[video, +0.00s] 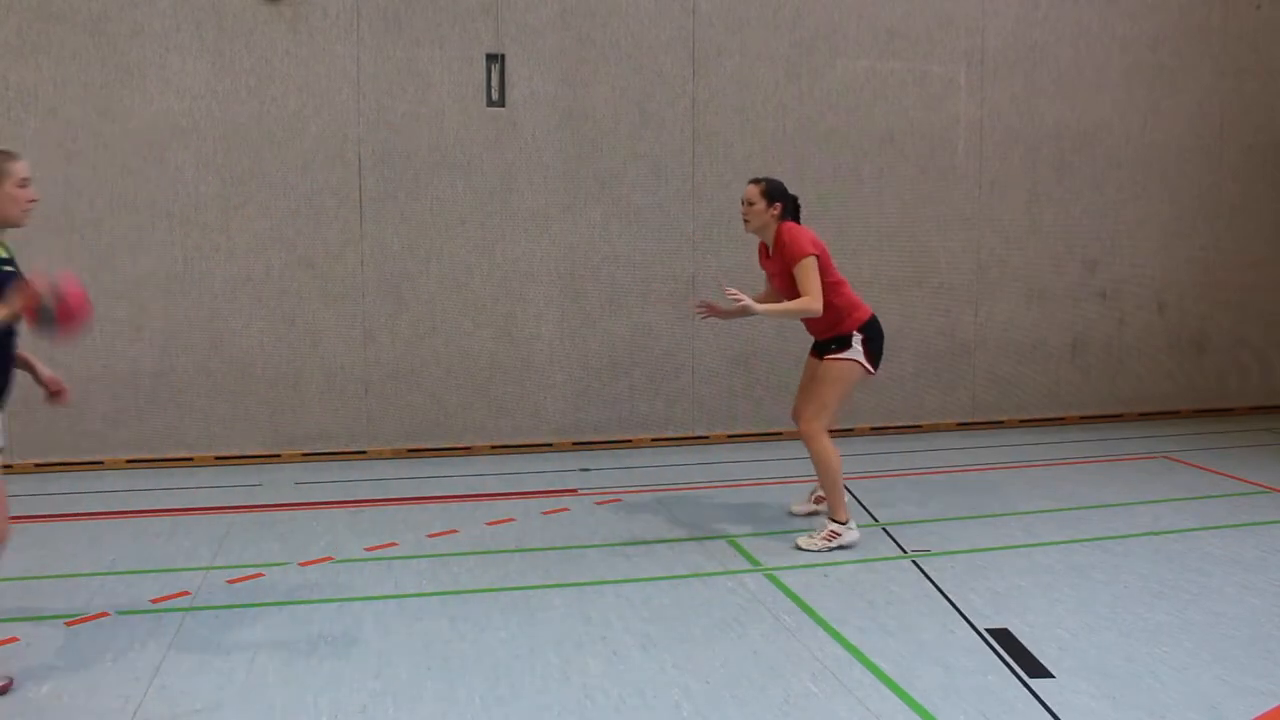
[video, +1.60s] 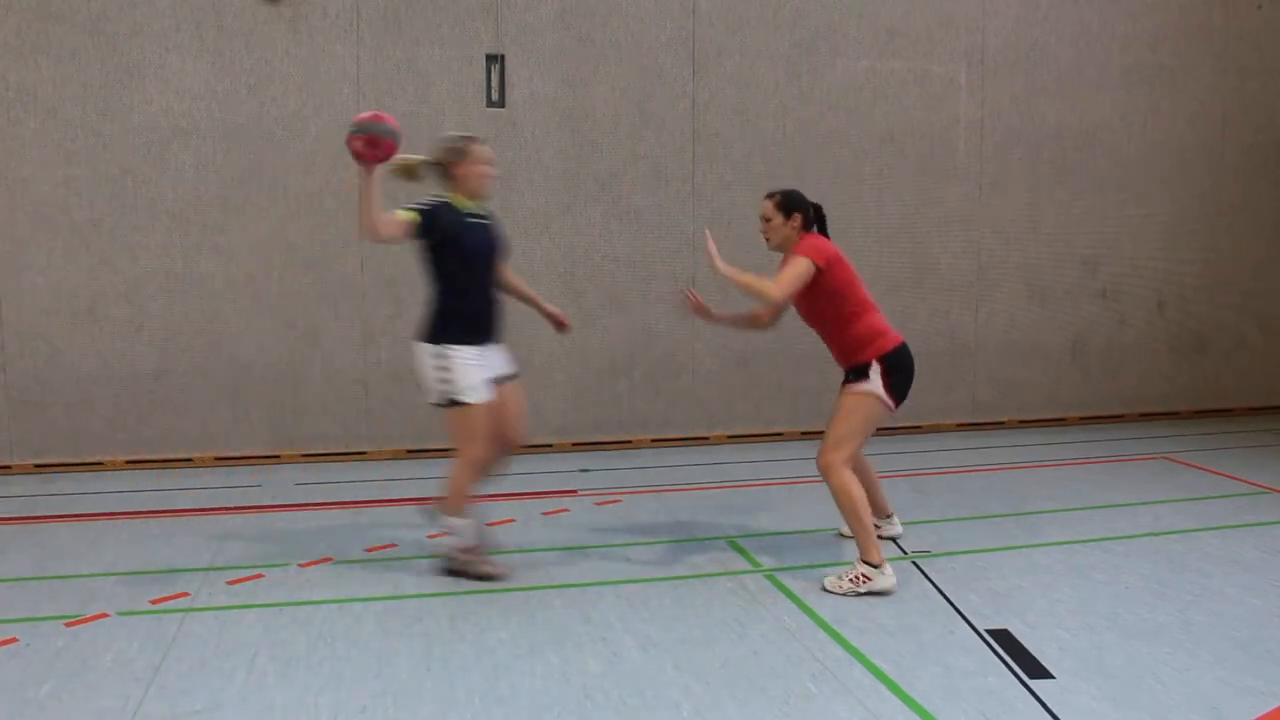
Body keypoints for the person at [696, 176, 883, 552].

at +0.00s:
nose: (742, 211)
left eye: (749, 204)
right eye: (742, 204)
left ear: (774, 208)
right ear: (759, 211)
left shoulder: (796, 238)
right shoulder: (766, 248)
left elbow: (813, 304)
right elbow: (779, 294)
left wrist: (757, 307)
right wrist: (732, 311)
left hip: (854, 334)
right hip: (827, 337)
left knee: (813, 423)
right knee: (804, 415)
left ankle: (842, 523)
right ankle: (831, 489)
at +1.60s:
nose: (762, 229)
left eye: (768, 221)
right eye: (761, 221)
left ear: (795, 221)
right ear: (791, 223)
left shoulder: (813, 247)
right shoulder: (797, 260)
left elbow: (777, 295)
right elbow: (768, 318)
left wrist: (724, 268)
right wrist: (714, 316)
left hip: (881, 362)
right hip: (867, 364)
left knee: (832, 462)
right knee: (843, 450)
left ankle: (874, 566)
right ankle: (883, 520)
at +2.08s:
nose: (761, 248)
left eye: (770, 242)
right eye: (759, 242)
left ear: (794, 249)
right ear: (760, 246)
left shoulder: (800, 272)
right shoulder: (776, 284)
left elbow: (765, 288)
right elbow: (785, 348)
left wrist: (727, 264)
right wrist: (741, 333)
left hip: (848, 399)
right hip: (826, 403)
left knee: (800, 483)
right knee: (823, 486)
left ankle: (858, 582)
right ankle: (892, 504)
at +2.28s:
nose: (785, 252)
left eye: (794, 245)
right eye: (781, 244)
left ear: (813, 251)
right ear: (772, 246)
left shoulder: (823, 279)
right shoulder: (773, 283)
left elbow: (809, 303)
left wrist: (764, 273)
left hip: (852, 408)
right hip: (815, 413)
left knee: (802, 481)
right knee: (835, 495)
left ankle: (849, 583)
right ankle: (893, 500)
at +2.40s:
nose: (798, 256)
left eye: (806, 249)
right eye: (791, 250)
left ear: (818, 254)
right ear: (779, 257)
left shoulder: (831, 285)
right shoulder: (770, 299)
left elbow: (830, 303)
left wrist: (778, 277)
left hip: (863, 413)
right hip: (818, 424)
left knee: (817, 477)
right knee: (845, 497)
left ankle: (850, 582)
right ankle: (894, 497)